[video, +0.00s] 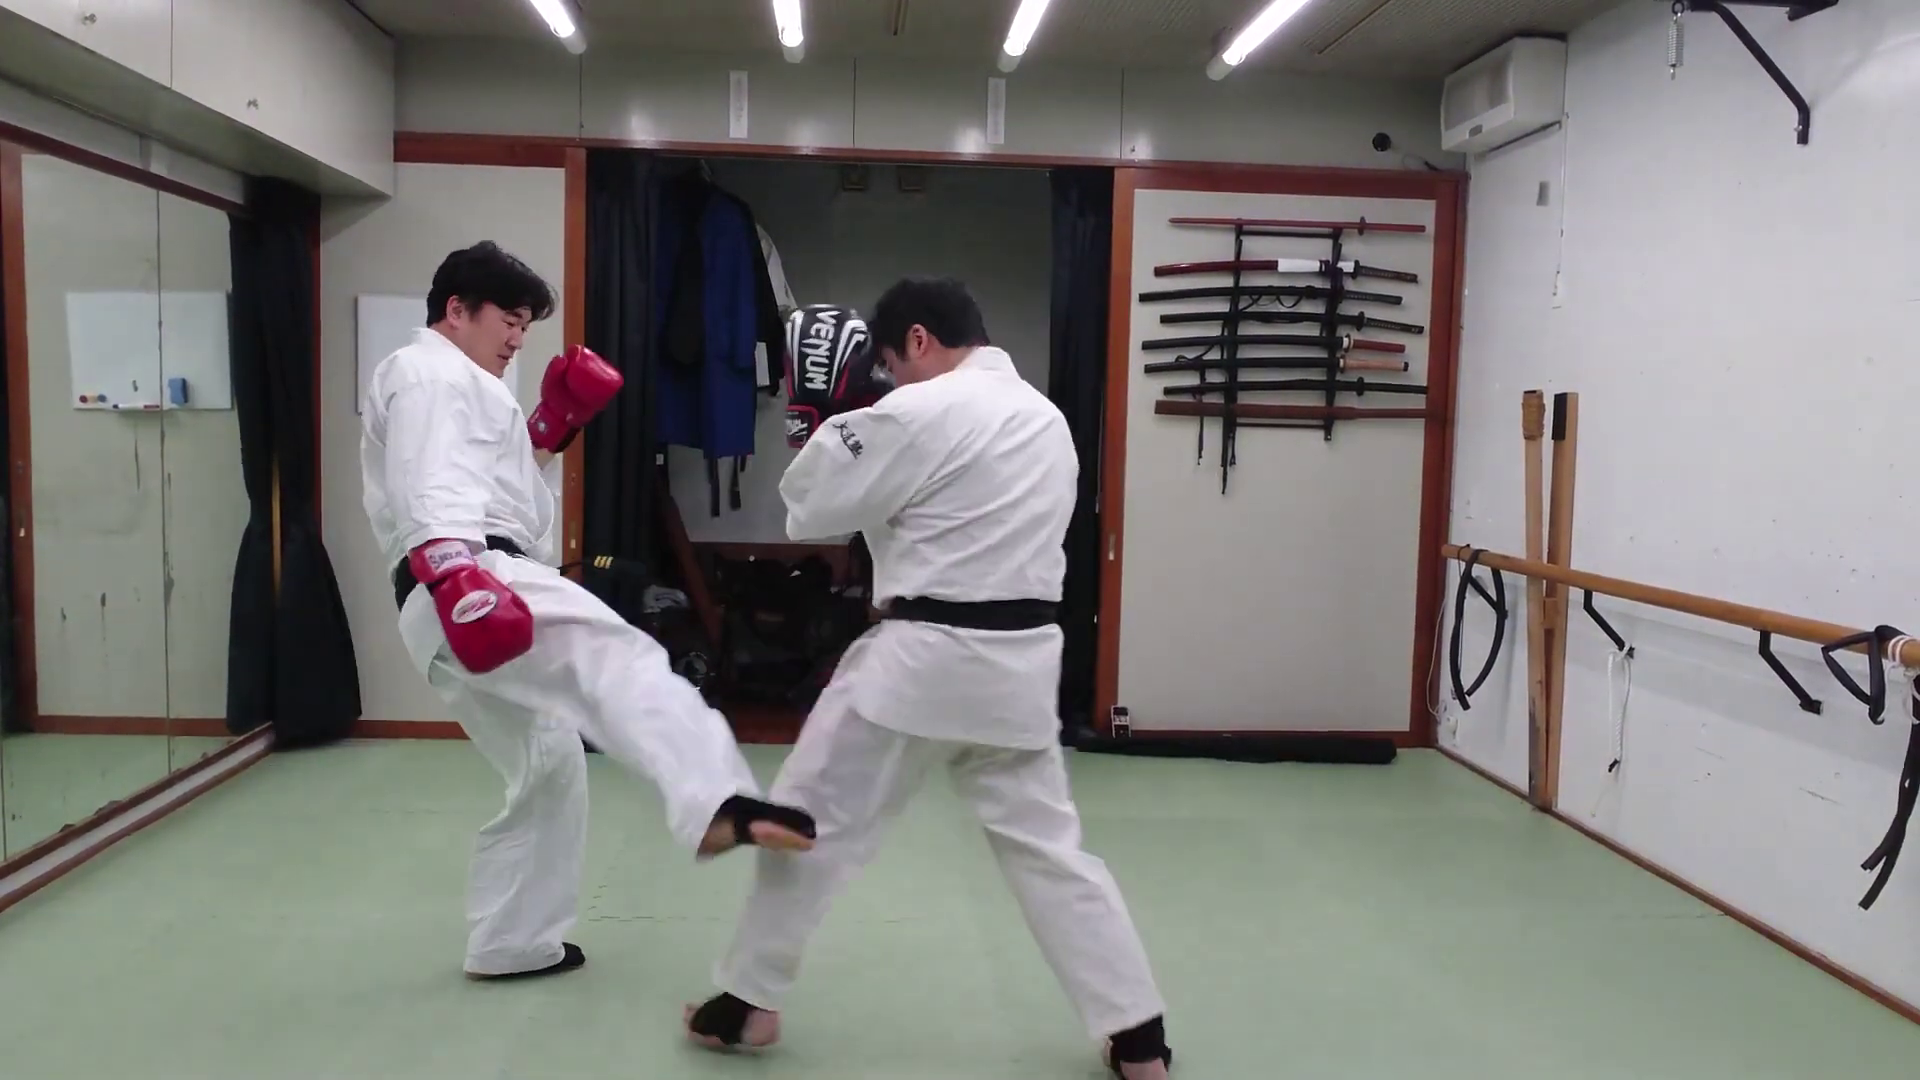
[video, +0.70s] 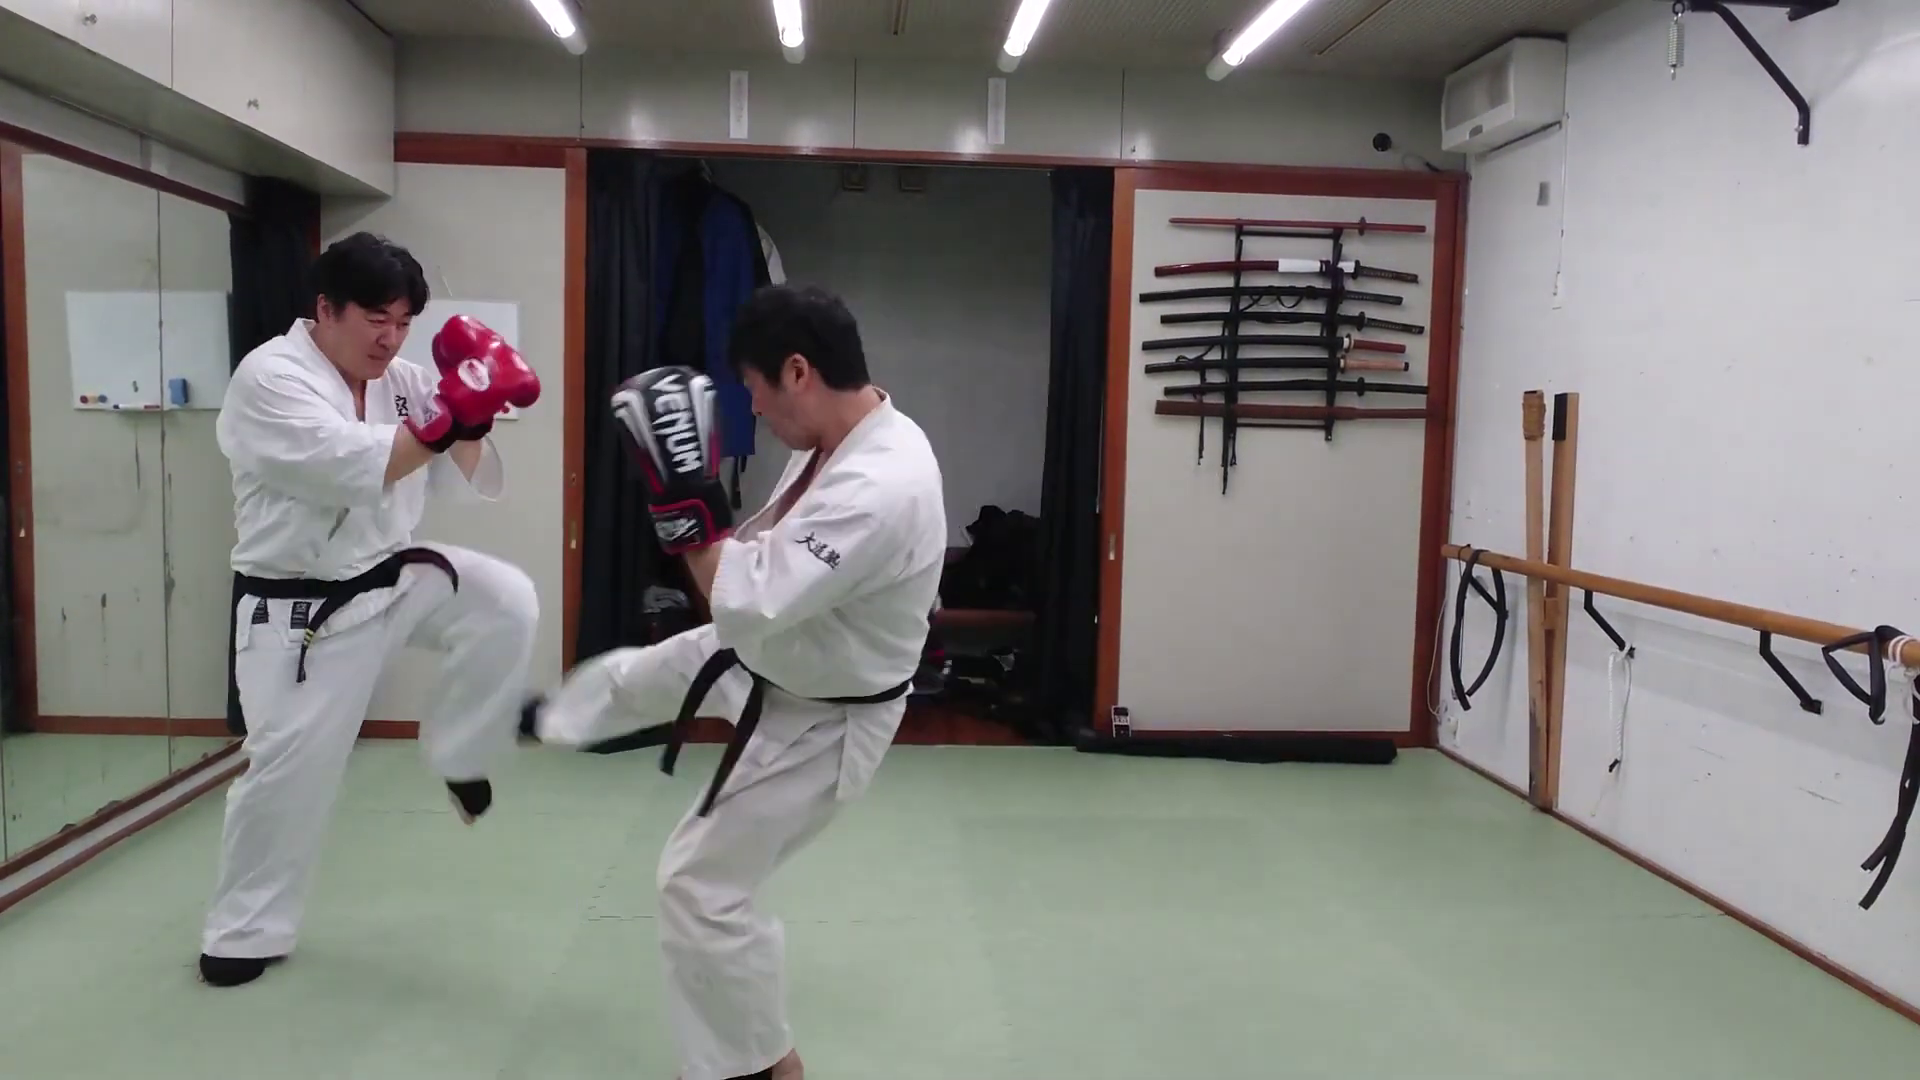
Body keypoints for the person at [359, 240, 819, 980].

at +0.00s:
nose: (519, 335)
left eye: (524, 323)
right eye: (509, 317)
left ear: (465, 317)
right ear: (457, 308)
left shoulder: (481, 388)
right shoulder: (431, 368)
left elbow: (503, 470)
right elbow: (429, 473)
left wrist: (553, 419)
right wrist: (457, 572)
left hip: (440, 597)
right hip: (475, 572)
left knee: (547, 759)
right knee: (621, 658)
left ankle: (511, 944)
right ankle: (713, 799)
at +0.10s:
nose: (512, 326)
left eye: (518, 312)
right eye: (500, 308)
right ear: (448, 304)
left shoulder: (476, 388)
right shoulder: (414, 366)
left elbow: (492, 482)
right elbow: (416, 478)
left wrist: (550, 439)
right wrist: (486, 538)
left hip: (492, 580)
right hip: (449, 582)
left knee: (542, 756)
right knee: (567, 702)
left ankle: (509, 942)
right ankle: (652, 864)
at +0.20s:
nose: (505, 313)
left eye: (510, 299)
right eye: (491, 296)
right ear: (439, 294)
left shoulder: (476, 396)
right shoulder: (393, 361)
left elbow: (491, 493)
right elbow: (391, 463)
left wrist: (549, 458)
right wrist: (498, 470)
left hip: (498, 594)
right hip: (436, 589)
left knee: (546, 759)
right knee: (495, 751)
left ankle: (531, 941)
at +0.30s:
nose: (494, 305)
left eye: (500, 291)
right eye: (481, 286)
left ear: (494, 296)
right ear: (427, 284)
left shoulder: (471, 381)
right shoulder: (375, 356)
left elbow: (477, 487)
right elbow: (370, 462)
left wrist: (542, 472)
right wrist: (467, 438)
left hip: (485, 602)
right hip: (402, 599)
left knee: (517, 771)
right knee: (415, 769)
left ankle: (509, 945)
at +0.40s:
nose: (475, 300)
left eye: (481, 286)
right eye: (459, 283)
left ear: (485, 292)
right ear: (407, 284)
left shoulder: (470, 377)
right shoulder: (341, 360)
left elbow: (465, 473)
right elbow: (342, 461)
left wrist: (517, 470)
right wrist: (439, 423)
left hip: (463, 611)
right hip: (365, 610)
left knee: (494, 783)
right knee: (329, 786)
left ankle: (504, 943)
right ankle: (241, 932)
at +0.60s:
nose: (405, 334)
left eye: (416, 320)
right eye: (391, 315)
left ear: (424, 324)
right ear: (339, 307)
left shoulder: (411, 388)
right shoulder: (277, 377)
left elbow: (456, 485)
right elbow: (343, 478)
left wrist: (487, 424)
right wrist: (424, 413)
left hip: (400, 598)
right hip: (296, 612)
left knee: (499, 693)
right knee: (280, 780)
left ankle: (511, 864)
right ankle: (240, 930)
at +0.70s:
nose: (391, 337)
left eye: (402, 321)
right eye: (377, 319)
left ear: (410, 319)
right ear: (327, 311)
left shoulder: (400, 373)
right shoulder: (270, 378)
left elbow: (459, 468)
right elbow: (349, 470)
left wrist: (470, 404)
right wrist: (447, 419)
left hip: (392, 578)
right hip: (298, 608)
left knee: (506, 600)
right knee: (283, 773)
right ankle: (244, 932)